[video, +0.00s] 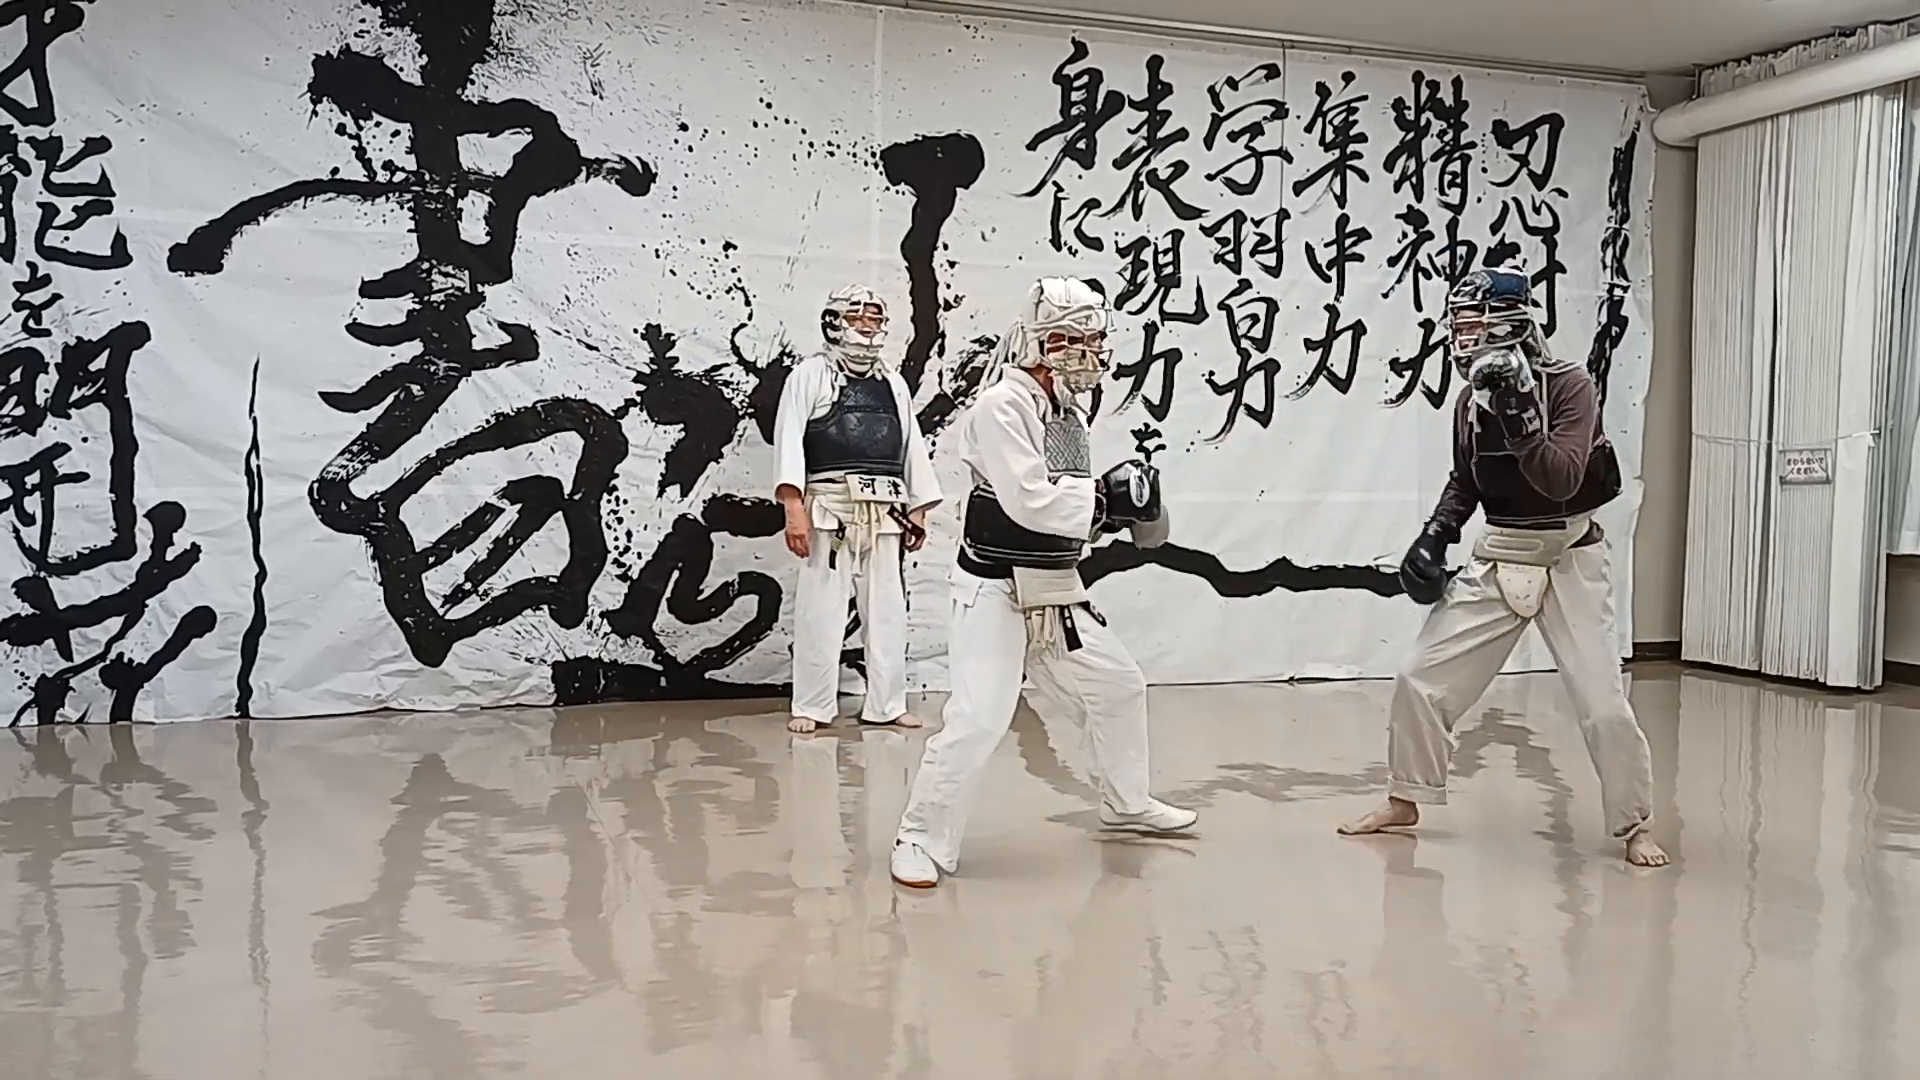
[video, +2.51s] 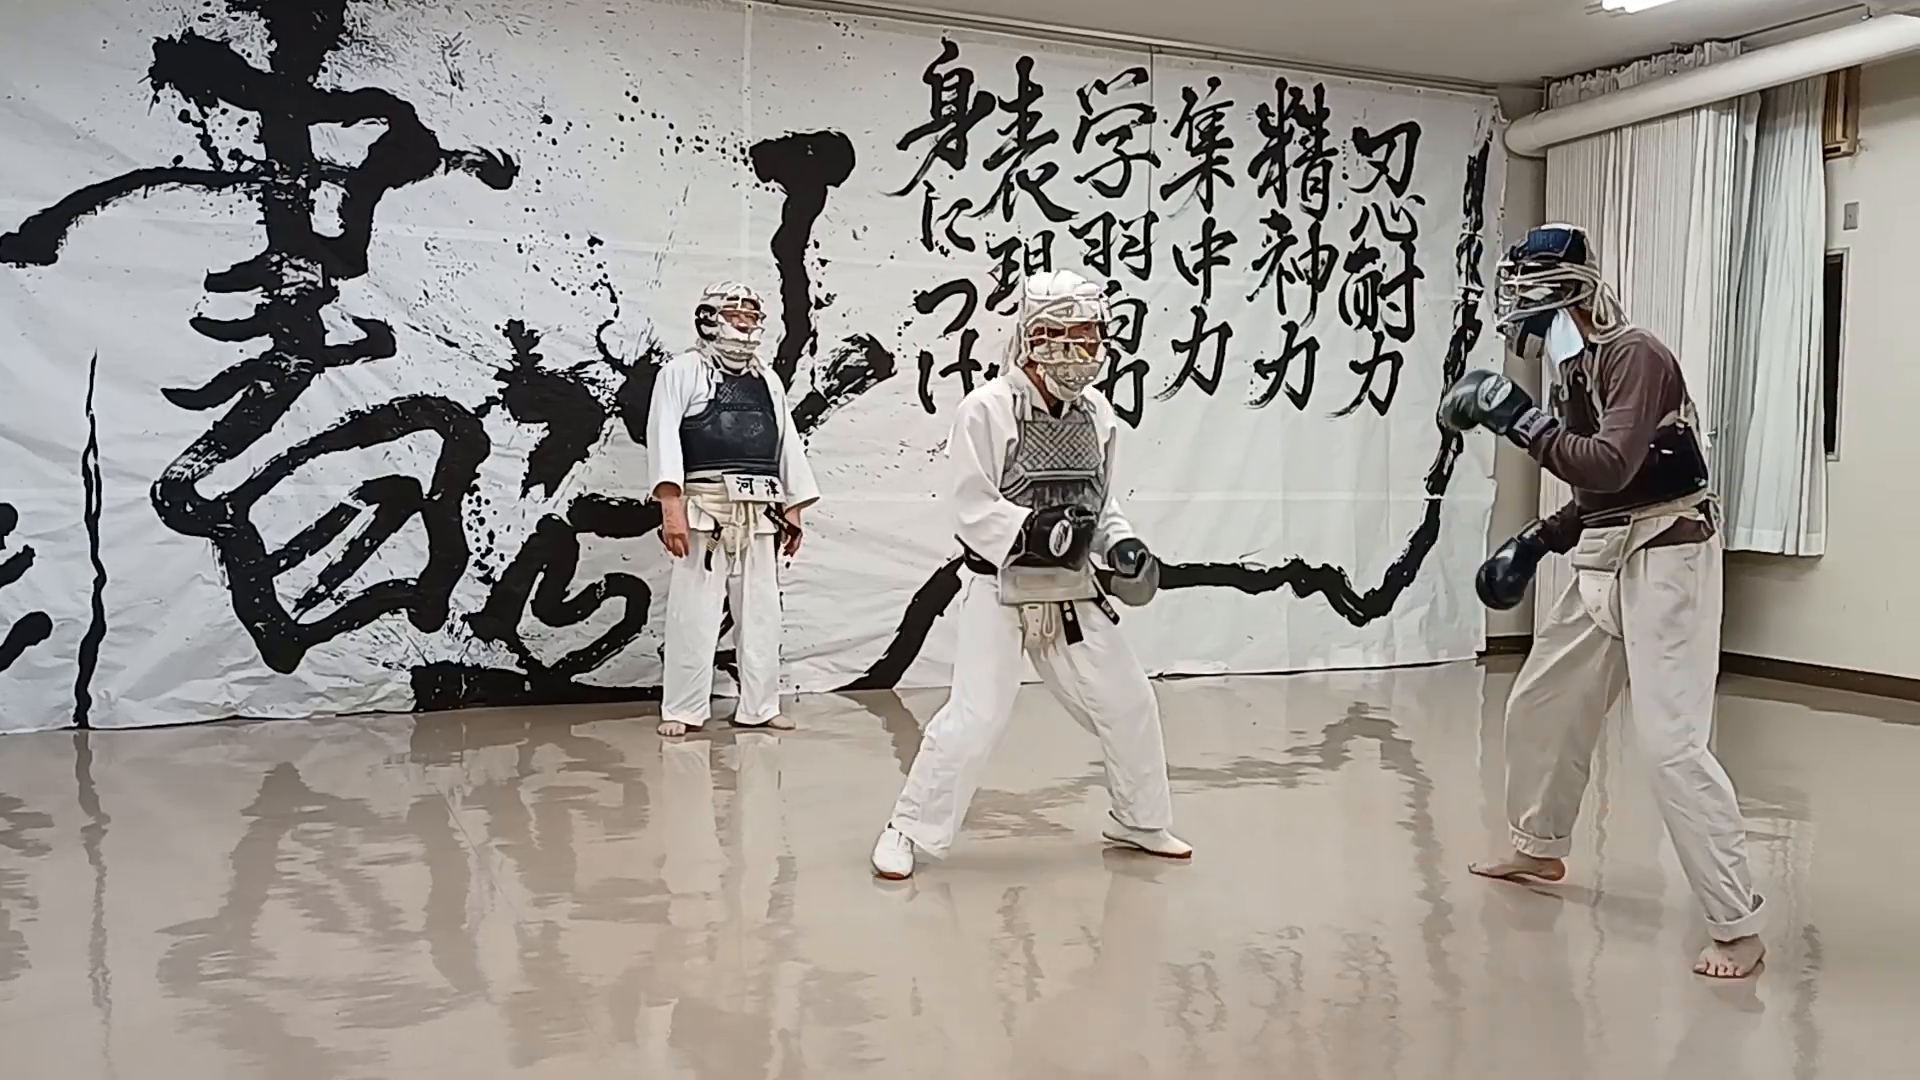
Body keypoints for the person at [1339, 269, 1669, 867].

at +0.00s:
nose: (1455, 334)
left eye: (1467, 321)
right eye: (1454, 322)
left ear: (1507, 323)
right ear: (1462, 326)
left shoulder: (1570, 385)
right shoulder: (1469, 401)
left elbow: (1562, 481)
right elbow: (1464, 484)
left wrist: (1515, 410)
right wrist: (1433, 537)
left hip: (1573, 559)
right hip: (1497, 556)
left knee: (1604, 707)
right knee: (1419, 681)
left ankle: (1637, 831)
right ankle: (1402, 805)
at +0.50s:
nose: (1449, 353)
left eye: (1460, 340)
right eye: (1446, 340)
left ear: (1497, 338)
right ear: (1456, 340)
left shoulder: (1567, 401)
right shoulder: (1474, 412)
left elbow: (1607, 496)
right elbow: (1475, 501)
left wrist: (1518, 497)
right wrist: (1442, 565)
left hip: (1581, 572)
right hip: (1499, 571)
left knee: (1615, 715)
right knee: (1428, 687)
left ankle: (1660, 840)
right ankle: (1378, 803)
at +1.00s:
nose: (1385, 372)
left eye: (1395, 358)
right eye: (1382, 360)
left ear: (1435, 357)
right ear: (1385, 362)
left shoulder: (1511, 406)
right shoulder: (1429, 437)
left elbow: (1587, 482)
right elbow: (1432, 523)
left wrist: (1513, 512)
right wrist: (1407, 585)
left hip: (1558, 575)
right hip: (1476, 579)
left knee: (1584, 703)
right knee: (1412, 681)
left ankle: (1640, 822)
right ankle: (1386, 815)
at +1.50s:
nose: (1447, 300)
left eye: (1460, 286)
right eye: (1446, 287)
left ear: (1501, 289)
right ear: (1455, 294)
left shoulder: (1563, 359)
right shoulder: (1479, 379)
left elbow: (1623, 446)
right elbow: (1471, 485)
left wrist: (1525, 454)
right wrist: (1447, 550)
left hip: (1579, 542)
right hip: (1500, 544)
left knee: (1601, 699)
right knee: (1460, 679)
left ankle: (1650, 846)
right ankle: (1456, 817)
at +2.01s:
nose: (1490, 318)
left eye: (1500, 305)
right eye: (1490, 305)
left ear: (1537, 309)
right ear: (1541, 310)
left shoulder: (1612, 381)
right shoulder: (1540, 397)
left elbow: (1604, 479)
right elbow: (1542, 501)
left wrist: (1517, 440)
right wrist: (1485, 558)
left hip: (1621, 560)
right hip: (1553, 558)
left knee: (1627, 735)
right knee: (1496, 695)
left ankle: (1687, 893)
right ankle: (1464, 827)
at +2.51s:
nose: (1511, 312)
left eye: (1520, 296)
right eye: (1510, 297)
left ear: (1558, 296)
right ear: (1556, 298)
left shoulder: (1635, 353)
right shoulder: (1569, 379)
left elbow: (1613, 466)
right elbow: (1598, 492)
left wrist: (1522, 421)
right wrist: (1531, 544)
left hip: (1670, 549)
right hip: (1600, 551)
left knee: (1671, 741)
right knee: (1543, 704)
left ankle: (1738, 930)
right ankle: (1539, 853)